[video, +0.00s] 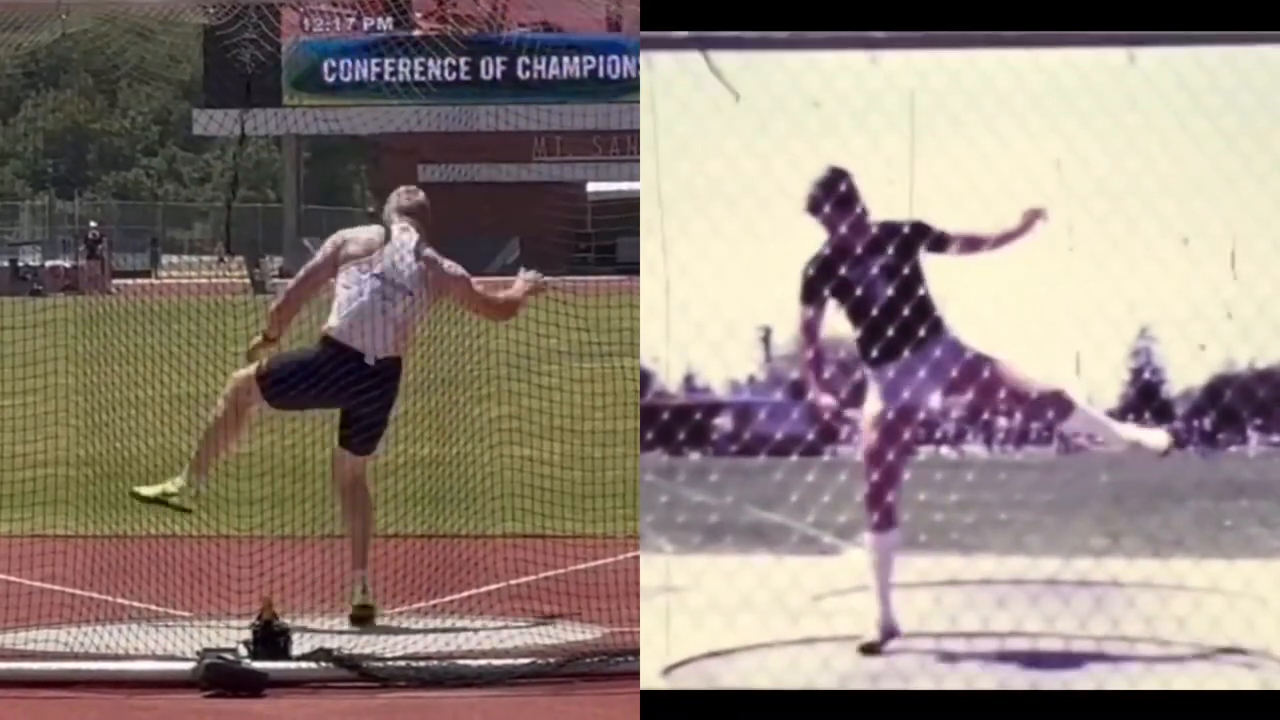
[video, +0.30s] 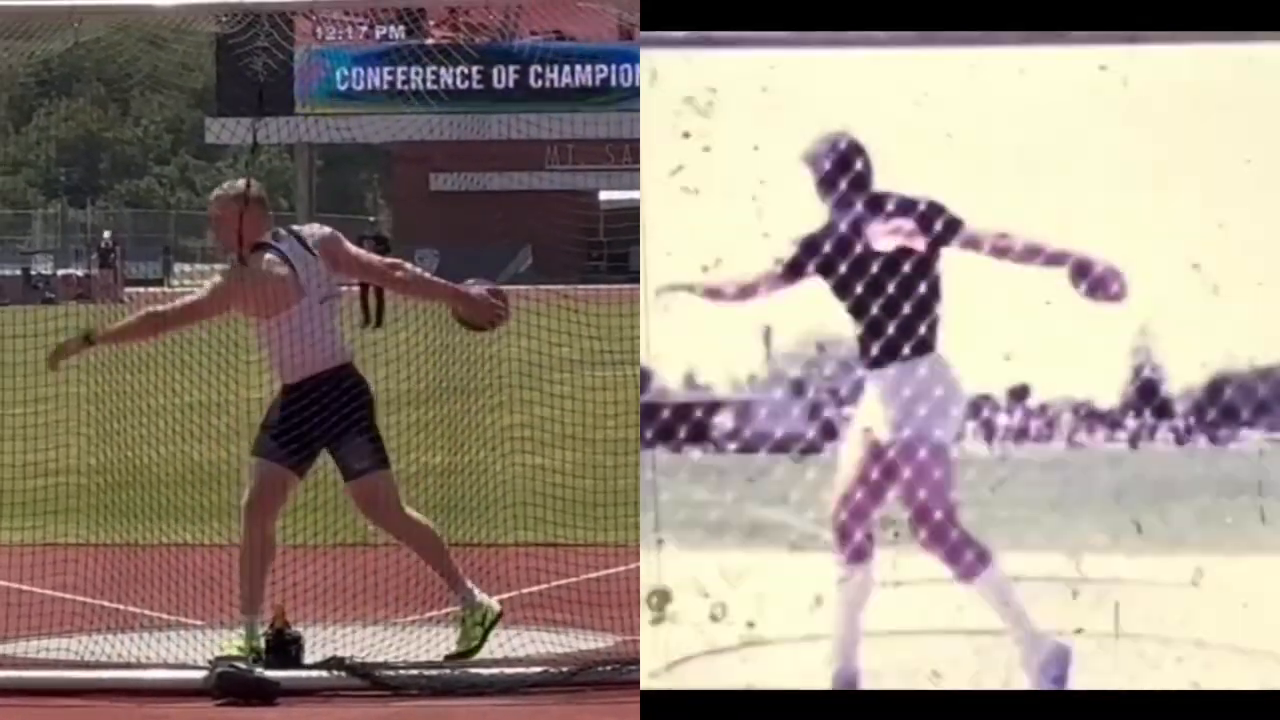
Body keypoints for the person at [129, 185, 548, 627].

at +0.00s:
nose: (400, 213)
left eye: (394, 207)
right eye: (410, 211)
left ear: (386, 215)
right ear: (426, 224)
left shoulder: (353, 240)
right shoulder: (440, 268)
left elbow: (297, 289)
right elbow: (497, 309)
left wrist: (271, 333)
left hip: (336, 361)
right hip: (383, 380)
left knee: (244, 385)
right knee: (352, 472)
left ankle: (187, 483)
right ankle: (362, 591)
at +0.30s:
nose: (214, 236)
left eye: (219, 224)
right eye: (213, 224)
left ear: (247, 218)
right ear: (253, 219)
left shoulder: (242, 277)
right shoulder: (319, 240)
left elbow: (167, 318)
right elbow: (392, 273)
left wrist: (94, 339)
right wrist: (463, 294)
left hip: (318, 397)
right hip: (327, 394)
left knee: (384, 510)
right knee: (257, 510)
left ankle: (474, 604)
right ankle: (252, 636)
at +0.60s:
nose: (221, 238)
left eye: (226, 226)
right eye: (220, 227)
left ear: (256, 222)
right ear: (262, 222)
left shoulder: (270, 280)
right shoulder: (316, 241)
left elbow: (185, 320)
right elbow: (390, 274)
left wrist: (104, 344)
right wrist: (456, 295)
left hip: (343, 394)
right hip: (301, 400)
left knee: (389, 508)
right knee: (259, 507)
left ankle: (473, 606)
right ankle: (251, 633)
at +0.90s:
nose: (253, 239)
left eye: (262, 229)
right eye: (248, 229)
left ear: (288, 228)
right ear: (244, 229)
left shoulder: (304, 274)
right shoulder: (312, 243)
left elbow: (239, 321)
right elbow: (367, 274)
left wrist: (166, 348)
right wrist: (416, 292)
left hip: (357, 395)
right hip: (306, 401)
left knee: (394, 509)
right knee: (264, 508)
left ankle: (469, 611)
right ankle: (249, 634)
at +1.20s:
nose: (296, 244)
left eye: (305, 234)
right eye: (288, 235)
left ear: (322, 233)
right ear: (278, 238)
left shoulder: (342, 276)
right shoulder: (286, 275)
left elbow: (338, 319)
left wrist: (306, 349)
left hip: (368, 401)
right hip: (312, 405)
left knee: (411, 507)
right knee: (267, 505)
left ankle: (451, 620)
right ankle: (251, 628)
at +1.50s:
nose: (367, 254)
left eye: (373, 244)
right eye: (356, 244)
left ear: (379, 246)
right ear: (329, 248)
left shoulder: (392, 288)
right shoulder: (302, 282)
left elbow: (436, 316)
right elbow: (273, 315)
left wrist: (458, 343)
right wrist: (259, 337)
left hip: (377, 422)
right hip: (313, 421)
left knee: (450, 504)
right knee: (274, 510)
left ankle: (426, 627)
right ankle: (248, 633)